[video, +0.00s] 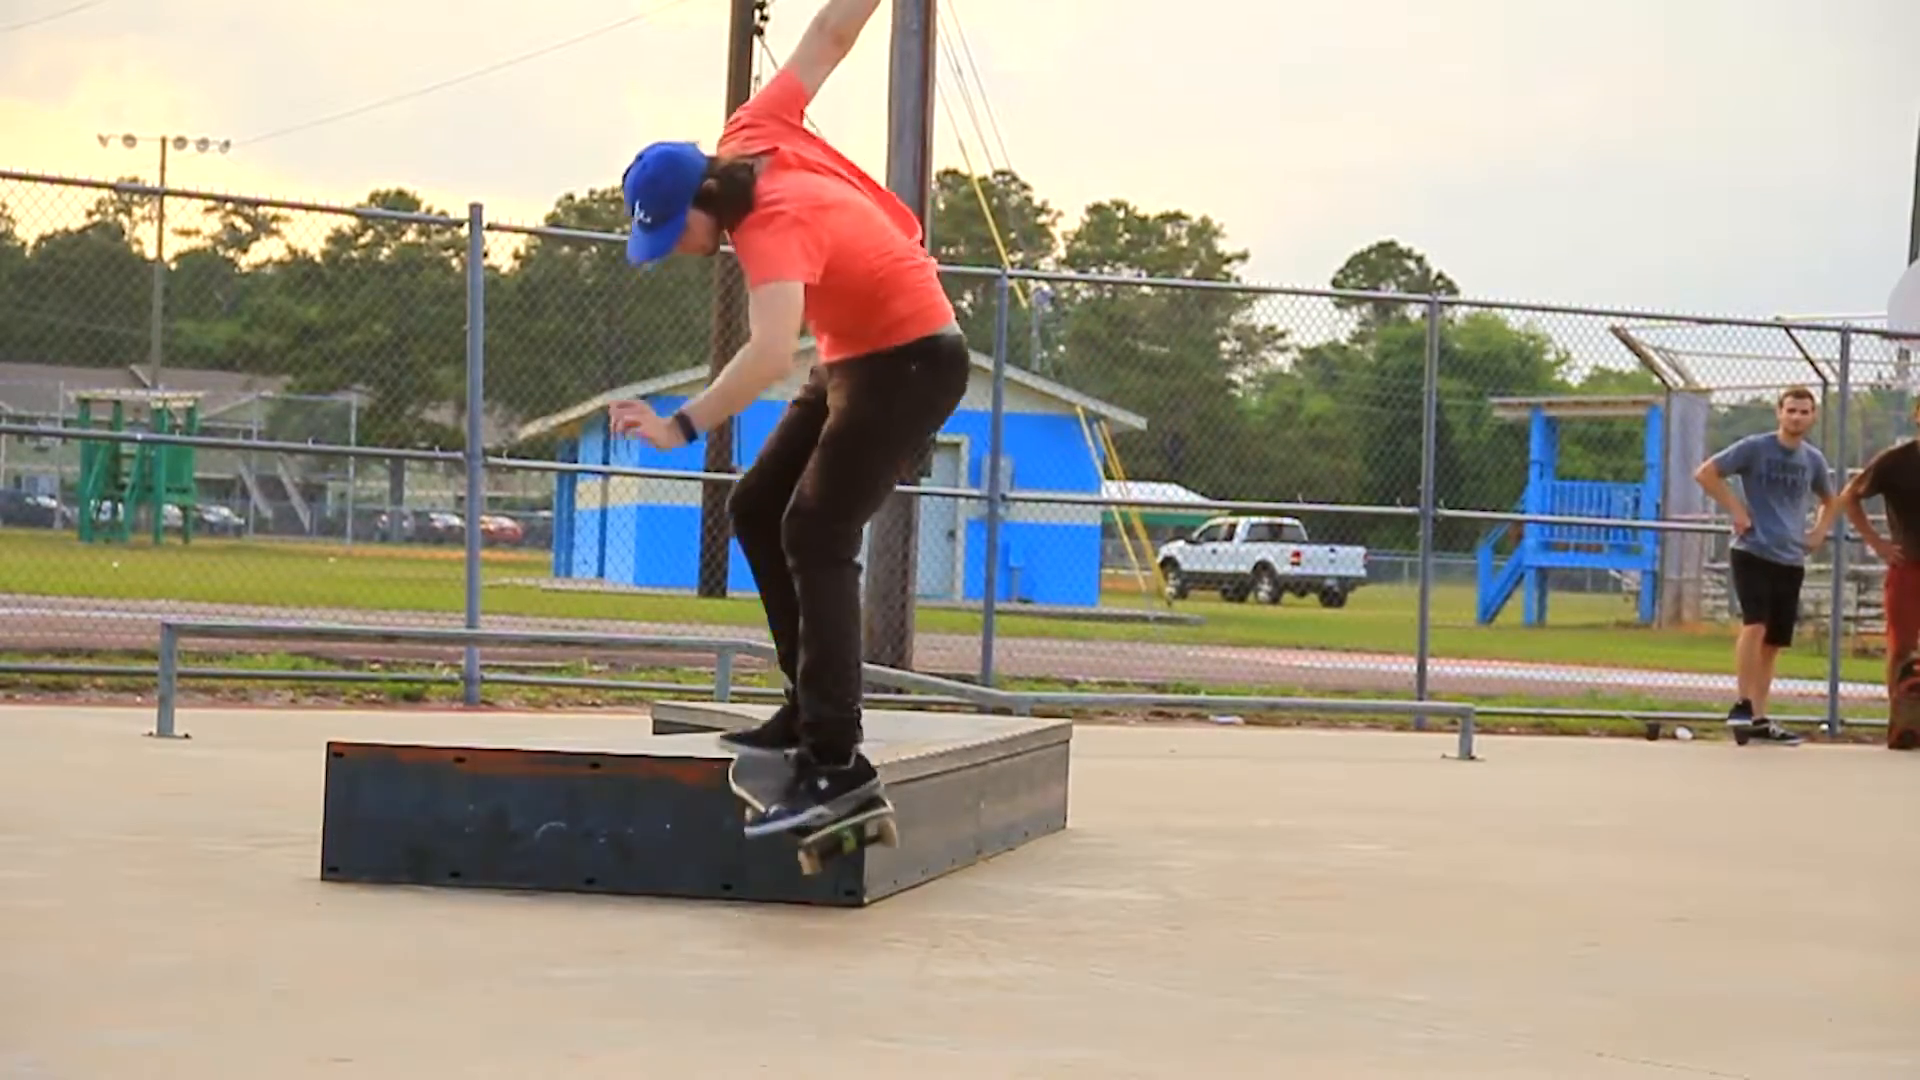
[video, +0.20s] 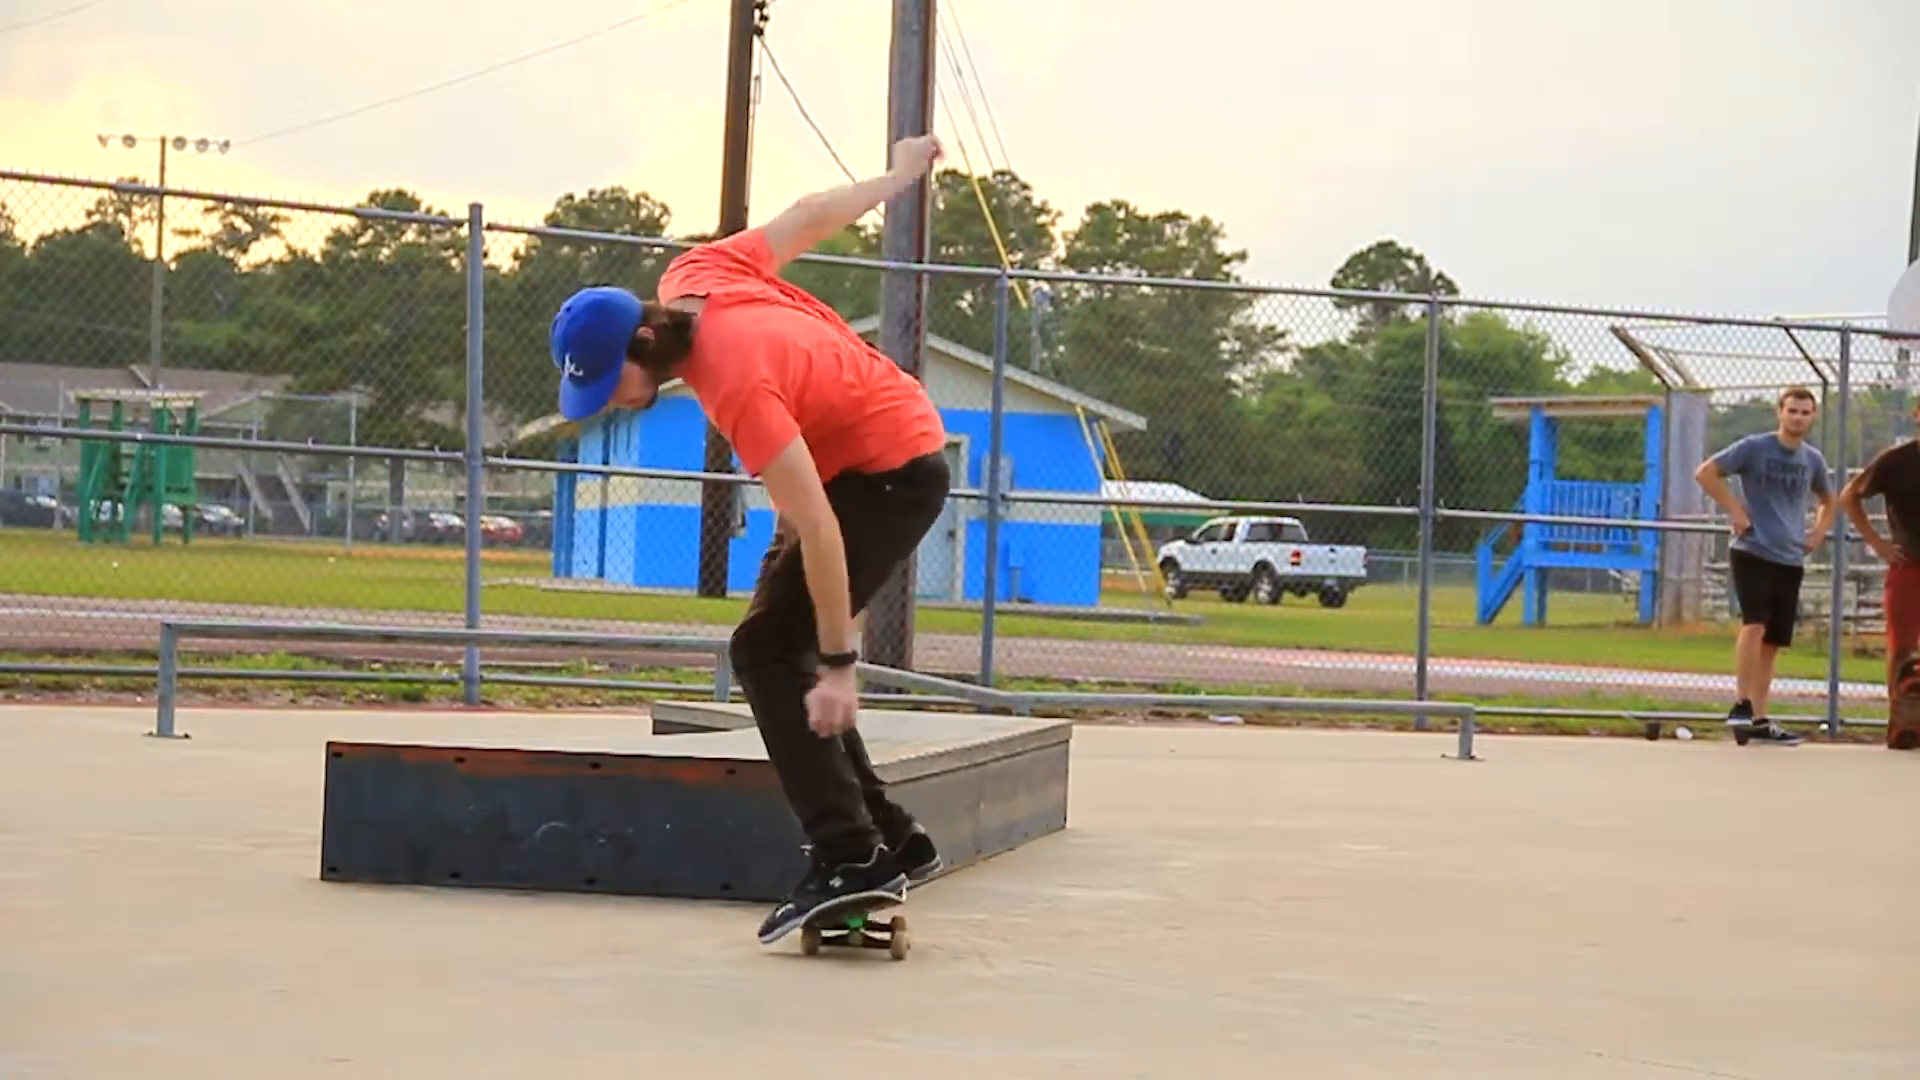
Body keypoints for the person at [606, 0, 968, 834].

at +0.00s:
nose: (679, 251)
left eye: (676, 237)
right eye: (668, 242)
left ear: (702, 205)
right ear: (687, 201)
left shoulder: (769, 225)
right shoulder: (749, 128)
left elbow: (774, 350)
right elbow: (829, 35)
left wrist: (680, 425)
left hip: (911, 358)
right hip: (855, 360)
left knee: (816, 530)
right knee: (755, 511)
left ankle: (837, 758)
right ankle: (809, 707)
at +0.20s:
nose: (623, 407)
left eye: (619, 393)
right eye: (608, 399)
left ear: (641, 348)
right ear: (629, 328)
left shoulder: (731, 379)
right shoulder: (692, 272)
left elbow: (814, 527)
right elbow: (810, 217)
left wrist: (837, 666)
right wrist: (898, 174)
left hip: (889, 467)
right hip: (866, 456)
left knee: (762, 652)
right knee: (778, 650)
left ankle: (849, 858)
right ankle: (886, 838)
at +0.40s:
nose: (539, 317)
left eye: (540, 301)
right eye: (526, 307)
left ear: (568, 263)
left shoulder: (676, 284)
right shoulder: (597, 237)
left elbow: (820, 379)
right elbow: (577, 285)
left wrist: (922, 493)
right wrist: (535, 341)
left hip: (820, 423)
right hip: (822, 414)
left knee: (744, 633)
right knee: (800, 654)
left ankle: (765, 873)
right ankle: (873, 862)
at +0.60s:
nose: (429, 215)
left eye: (430, 196)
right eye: (417, 203)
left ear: (470, 159)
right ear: (450, 168)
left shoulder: (587, 206)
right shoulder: (503, 211)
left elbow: (720, 331)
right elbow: (564, 303)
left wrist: (808, 470)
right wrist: (546, 404)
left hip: (722, 396)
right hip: (678, 405)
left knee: (652, 636)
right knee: (698, 655)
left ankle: (633, 891)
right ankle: (762, 884)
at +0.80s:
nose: (308, 111)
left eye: (316, 87)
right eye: (292, 96)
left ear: (366, 49)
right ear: (287, 85)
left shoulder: (467, 133)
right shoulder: (378, 140)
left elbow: (535, 326)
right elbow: (455, 280)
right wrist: (461, 391)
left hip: (601, 381)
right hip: (548, 387)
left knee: (522, 639)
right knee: (567, 641)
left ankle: (502, 909)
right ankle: (626, 895)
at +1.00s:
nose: (179, 13)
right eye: (171, 4)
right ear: (188, 5)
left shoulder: (342, 59)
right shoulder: (227, 52)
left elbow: (361, 270)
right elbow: (297, 223)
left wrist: (217, 383)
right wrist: (274, 360)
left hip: (432, 361)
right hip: (370, 368)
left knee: (372, 641)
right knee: (407, 649)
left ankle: (356, 934)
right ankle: (448, 924)